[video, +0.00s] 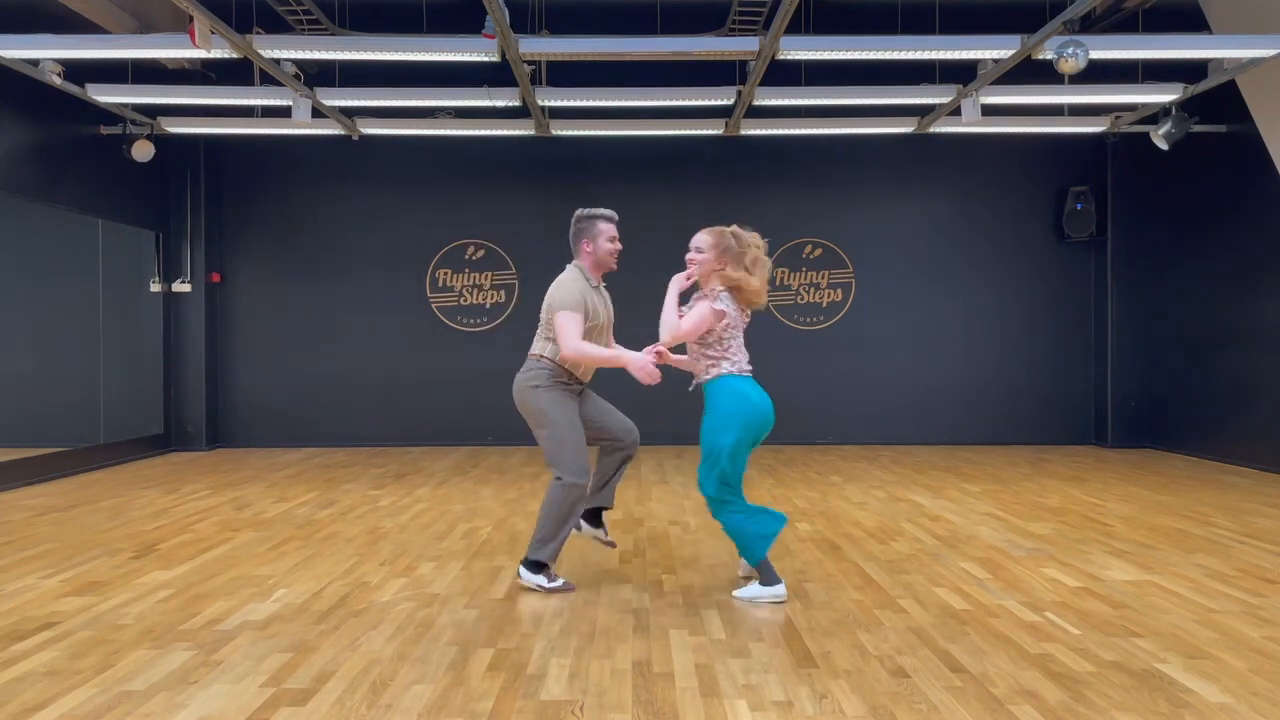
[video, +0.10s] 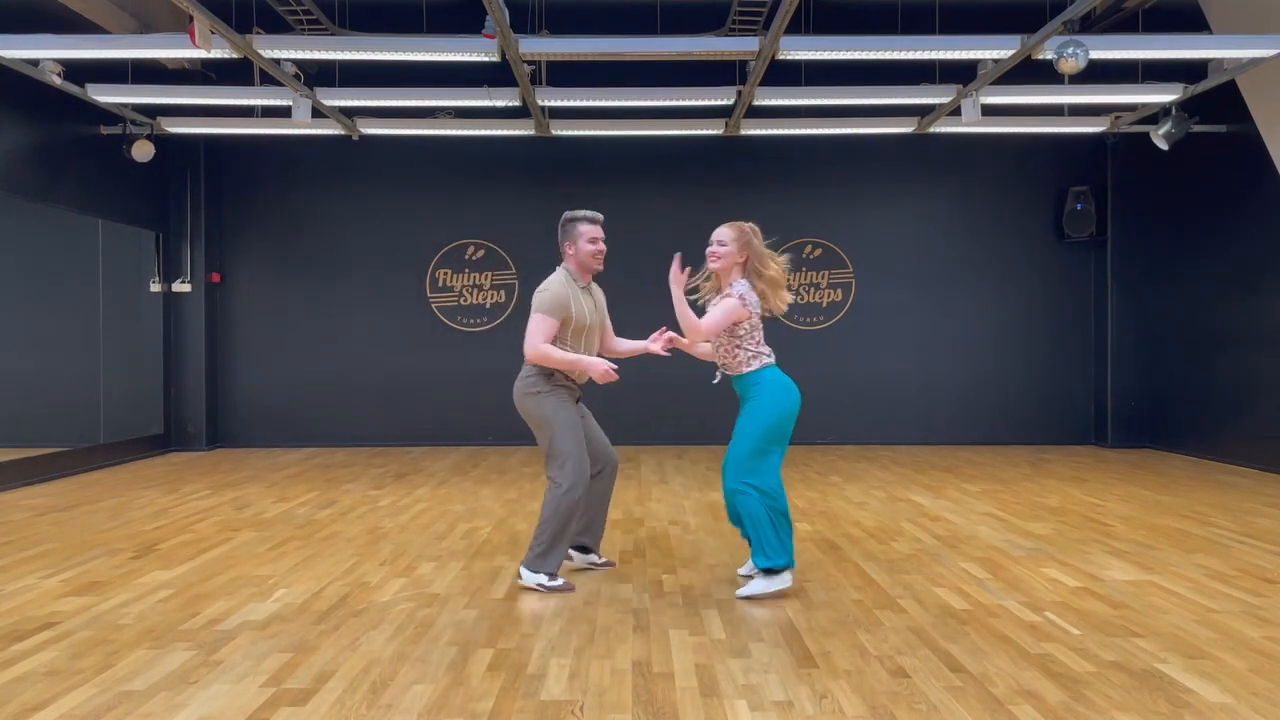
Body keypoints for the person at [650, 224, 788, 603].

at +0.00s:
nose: (688, 257)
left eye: (698, 251)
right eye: (690, 249)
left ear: (722, 260)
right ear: (717, 263)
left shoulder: (710, 304)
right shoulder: (729, 302)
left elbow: (669, 335)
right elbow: (709, 361)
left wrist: (673, 290)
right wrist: (669, 358)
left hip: (730, 401)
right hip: (751, 399)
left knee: (717, 492)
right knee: (722, 486)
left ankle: (770, 579)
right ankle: (752, 554)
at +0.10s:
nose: (711, 250)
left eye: (720, 244)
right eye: (710, 244)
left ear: (742, 253)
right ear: (714, 254)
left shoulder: (741, 295)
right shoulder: (723, 297)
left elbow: (697, 331)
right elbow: (719, 352)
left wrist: (676, 290)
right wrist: (680, 343)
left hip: (768, 393)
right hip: (761, 393)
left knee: (738, 475)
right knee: (753, 475)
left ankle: (775, 567)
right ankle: (768, 556)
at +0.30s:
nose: (755, 261)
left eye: (765, 256)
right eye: (753, 255)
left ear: (785, 265)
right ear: (749, 263)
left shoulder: (784, 306)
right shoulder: (760, 307)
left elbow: (775, 363)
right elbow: (741, 350)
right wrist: (708, 342)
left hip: (805, 402)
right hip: (777, 403)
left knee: (792, 485)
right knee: (751, 470)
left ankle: (833, 542)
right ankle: (769, 551)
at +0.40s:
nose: (767, 257)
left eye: (777, 251)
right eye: (764, 252)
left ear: (796, 259)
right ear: (761, 259)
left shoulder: (803, 302)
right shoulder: (767, 300)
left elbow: (819, 355)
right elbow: (740, 340)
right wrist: (706, 329)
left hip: (820, 395)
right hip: (789, 394)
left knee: (797, 474)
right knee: (747, 453)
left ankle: (834, 536)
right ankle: (775, 524)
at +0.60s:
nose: (778, 274)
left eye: (785, 268)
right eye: (776, 269)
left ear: (808, 272)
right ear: (776, 276)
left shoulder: (833, 309)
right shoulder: (777, 314)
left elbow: (883, 329)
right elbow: (739, 349)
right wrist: (696, 345)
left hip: (821, 407)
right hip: (788, 403)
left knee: (761, 458)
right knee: (791, 470)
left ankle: (791, 520)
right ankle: (799, 534)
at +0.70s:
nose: (771, 262)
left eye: (777, 256)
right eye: (771, 256)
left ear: (799, 262)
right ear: (785, 264)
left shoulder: (825, 293)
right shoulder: (775, 303)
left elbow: (880, 298)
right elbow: (734, 333)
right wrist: (688, 333)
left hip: (821, 391)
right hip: (790, 390)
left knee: (786, 460)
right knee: (784, 460)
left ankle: (795, 534)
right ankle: (794, 535)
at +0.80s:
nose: (761, 253)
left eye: (767, 248)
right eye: (763, 247)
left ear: (787, 254)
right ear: (782, 254)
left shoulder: (813, 285)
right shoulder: (767, 293)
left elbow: (839, 260)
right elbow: (725, 322)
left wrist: (834, 217)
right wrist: (678, 329)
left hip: (823, 384)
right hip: (792, 385)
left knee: (805, 458)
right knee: (771, 450)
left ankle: (845, 511)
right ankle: (783, 522)